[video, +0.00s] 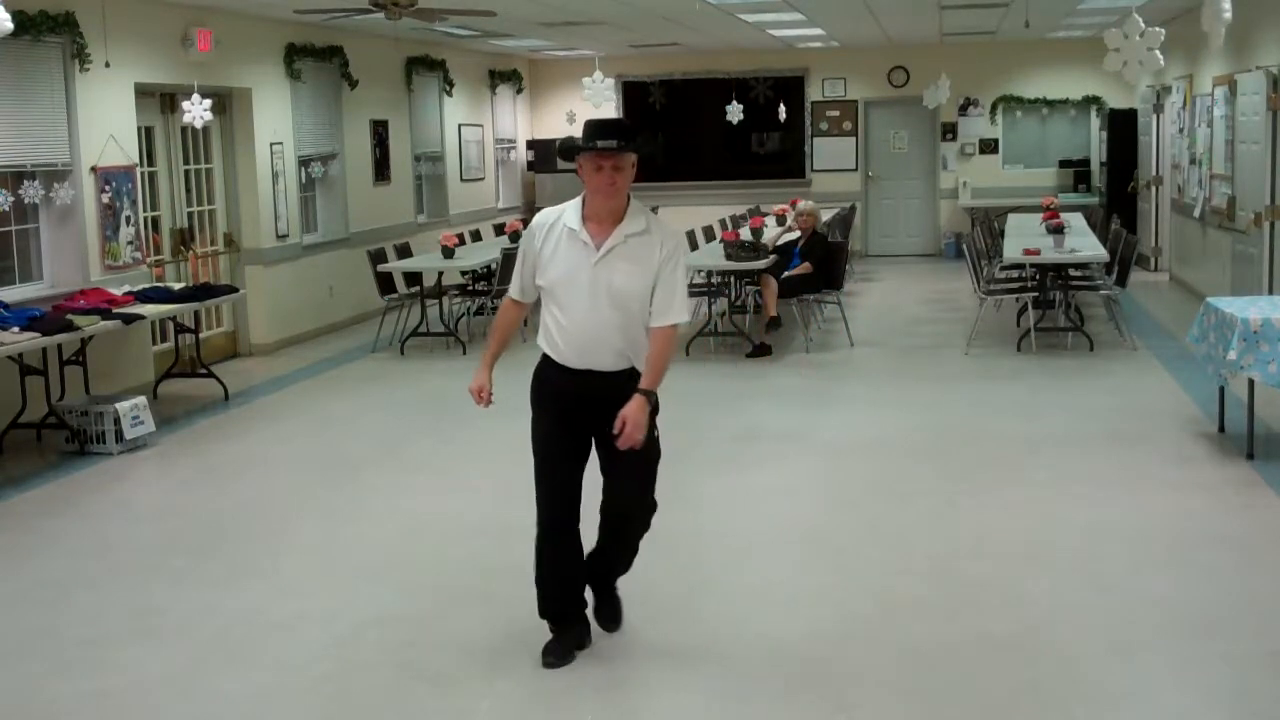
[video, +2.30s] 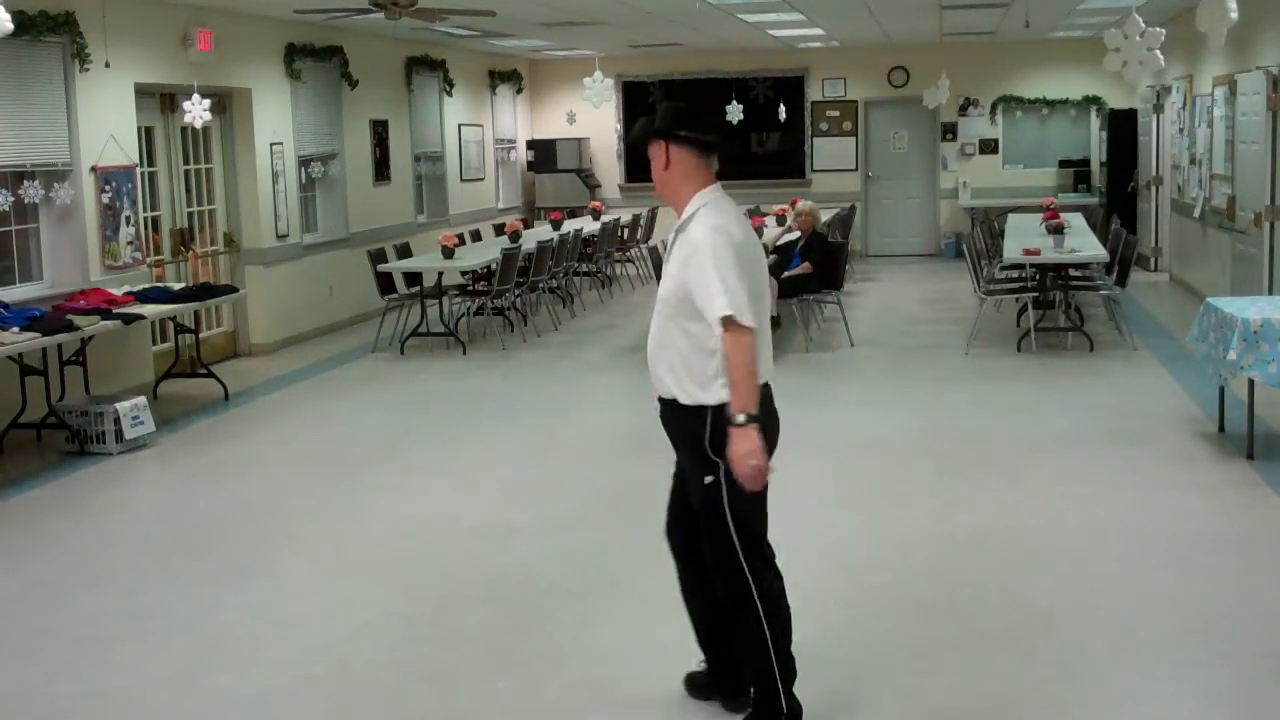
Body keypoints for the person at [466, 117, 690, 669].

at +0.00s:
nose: (608, 167)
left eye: (618, 158)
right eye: (598, 158)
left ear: (634, 167)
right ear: (580, 166)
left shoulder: (662, 238)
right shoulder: (544, 229)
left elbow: (665, 327)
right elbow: (516, 301)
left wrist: (644, 396)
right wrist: (486, 362)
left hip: (628, 389)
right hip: (559, 386)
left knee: (633, 508)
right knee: (556, 511)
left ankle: (603, 574)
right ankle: (566, 623)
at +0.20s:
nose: (612, 175)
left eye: (622, 166)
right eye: (601, 165)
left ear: (638, 175)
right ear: (582, 173)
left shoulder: (664, 247)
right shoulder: (549, 237)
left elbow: (664, 340)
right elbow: (522, 307)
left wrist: (618, 394)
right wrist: (491, 363)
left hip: (631, 397)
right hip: (558, 393)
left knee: (636, 527)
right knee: (556, 520)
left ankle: (654, 656)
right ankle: (568, 626)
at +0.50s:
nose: (637, 162)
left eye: (649, 153)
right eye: (626, 152)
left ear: (665, 164)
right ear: (606, 161)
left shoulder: (686, 240)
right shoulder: (586, 226)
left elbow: (698, 341)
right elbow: (577, 303)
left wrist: (692, 429)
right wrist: (553, 364)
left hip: (660, 400)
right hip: (595, 395)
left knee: (660, 538)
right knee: (589, 511)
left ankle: (661, 665)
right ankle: (639, 605)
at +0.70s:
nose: (653, 175)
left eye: (663, 165)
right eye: (641, 164)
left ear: (679, 173)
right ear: (620, 172)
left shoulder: (710, 247)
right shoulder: (596, 239)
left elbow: (754, 338)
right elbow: (588, 325)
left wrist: (774, 423)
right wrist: (575, 397)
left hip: (689, 404)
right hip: (623, 403)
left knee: (676, 539)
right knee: (667, 534)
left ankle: (668, 665)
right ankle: (735, 621)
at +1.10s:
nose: (661, 156)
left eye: (671, 147)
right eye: (647, 150)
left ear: (689, 159)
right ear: (627, 168)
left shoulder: (734, 234)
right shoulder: (603, 246)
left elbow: (771, 314)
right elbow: (584, 341)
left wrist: (782, 387)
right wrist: (570, 429)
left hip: (721, 416)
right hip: (640, 420)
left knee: (717, 560)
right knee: (635, 557)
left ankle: (706, 682)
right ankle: (671, 644)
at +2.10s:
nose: (638, 171)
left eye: (644, 156)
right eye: (636, 159)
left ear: (678, 151)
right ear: (676, 155)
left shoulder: (747, 232)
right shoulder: (674, 229)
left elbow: (808, 327)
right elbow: (660, 328)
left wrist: (816, 429)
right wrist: (632, 405)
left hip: (740, 426)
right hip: (679, 422)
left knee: (755, 569)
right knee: (650, 552)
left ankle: (778, 699)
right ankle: (680, 680)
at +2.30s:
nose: (650, 175)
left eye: (650, 162)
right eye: (650, 163)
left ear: (667, 156)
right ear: (698, 157)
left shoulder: (712, 229)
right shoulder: (704, 222)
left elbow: (738, 330)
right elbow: (724, 329)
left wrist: (744, 424)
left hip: (721, 419)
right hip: (700, 414)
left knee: (739, 561)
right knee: (690, 537)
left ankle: (776, 703)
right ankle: (729, 672)